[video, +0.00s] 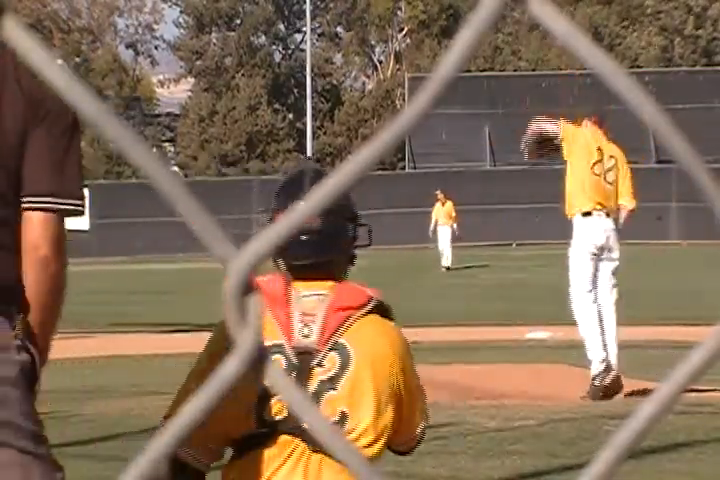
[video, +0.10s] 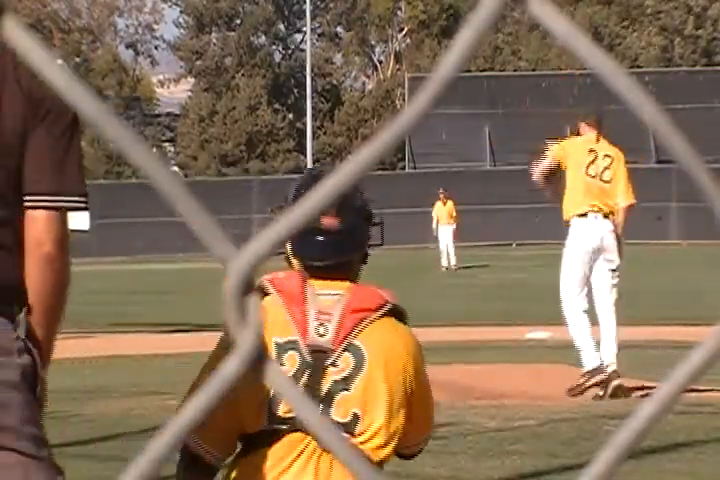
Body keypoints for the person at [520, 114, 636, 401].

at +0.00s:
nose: (580, 126)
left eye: (581, 122)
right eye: (581, 123)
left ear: (586, 122)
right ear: (603, 125)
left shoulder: (576, 133)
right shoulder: (617, 153)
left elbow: (538, 124)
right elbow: (627, 202)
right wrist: (613, 227)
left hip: (586, 224)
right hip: (610, 226)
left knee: (582, 296)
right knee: (607, 296)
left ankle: (599, 366)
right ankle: (611, 366)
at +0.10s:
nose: (579, 132)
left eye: (580, 129)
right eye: (581, 129)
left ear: (584, 128)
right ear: (599, 129)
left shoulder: (572, 145)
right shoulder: (616, 154)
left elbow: (547, 160)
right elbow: (624, 202)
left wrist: (539, 171)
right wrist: (617, 236)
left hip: (582, 225)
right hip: (609, 227)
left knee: (572, 298)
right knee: (606, 300)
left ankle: (591, 364)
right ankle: (610, 365)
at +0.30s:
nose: (566, 143)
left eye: (566, 139)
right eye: (568, 139)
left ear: (566, 139)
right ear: (585, 136)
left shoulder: (557, 164)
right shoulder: (604, 161)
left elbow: (554, 213)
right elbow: (623, 198)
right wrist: (617, 239)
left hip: (570, 233)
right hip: (600, 232)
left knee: (568, 307)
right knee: (605, 305)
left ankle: (561, 375)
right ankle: (609, 367)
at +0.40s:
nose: (556, 150)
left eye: (557, 146)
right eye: (558, 146)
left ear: (560, 146)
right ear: (578, 143)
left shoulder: (553, 170)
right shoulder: (599, 166)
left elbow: (549, 221)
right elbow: (616, 204)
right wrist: (613, 247)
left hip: (565, 238)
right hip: (595, 237)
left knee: (562, 312)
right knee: (600, 309)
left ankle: (561, 376)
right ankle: (606, 363)